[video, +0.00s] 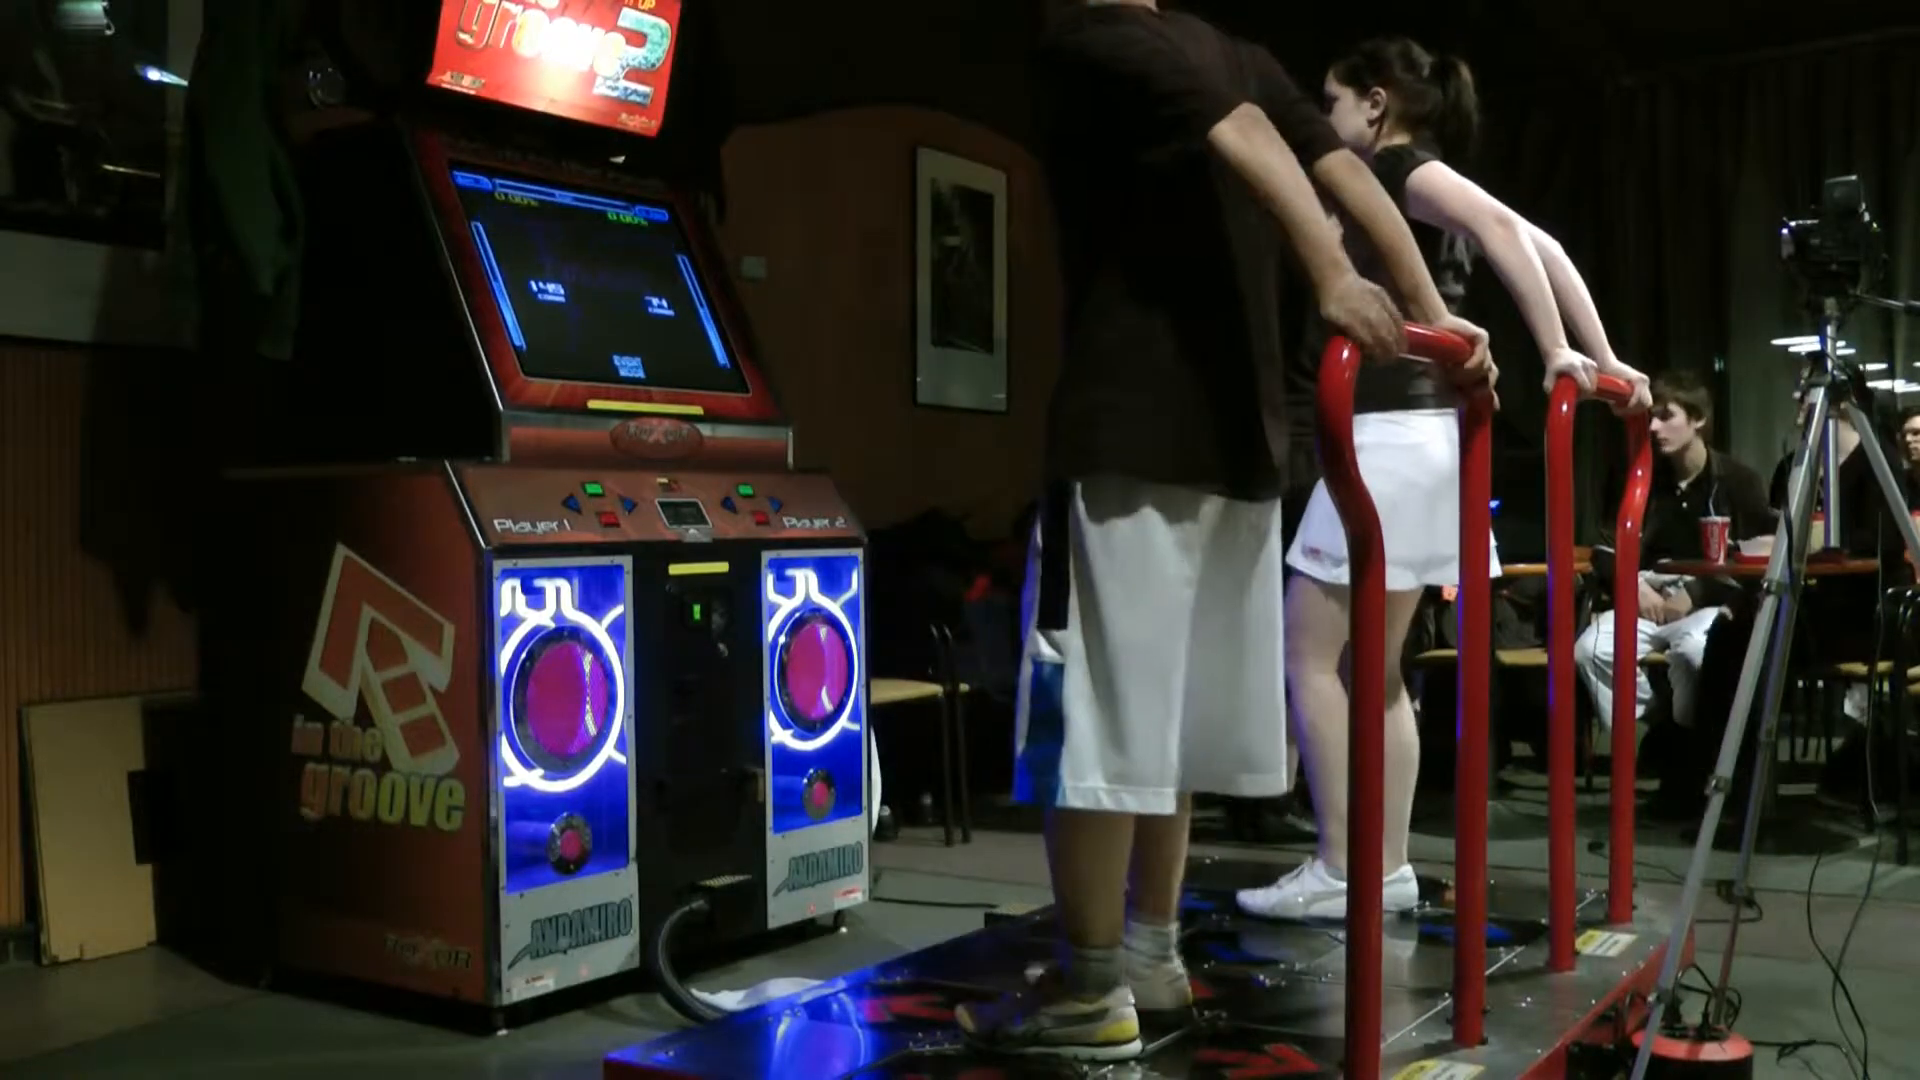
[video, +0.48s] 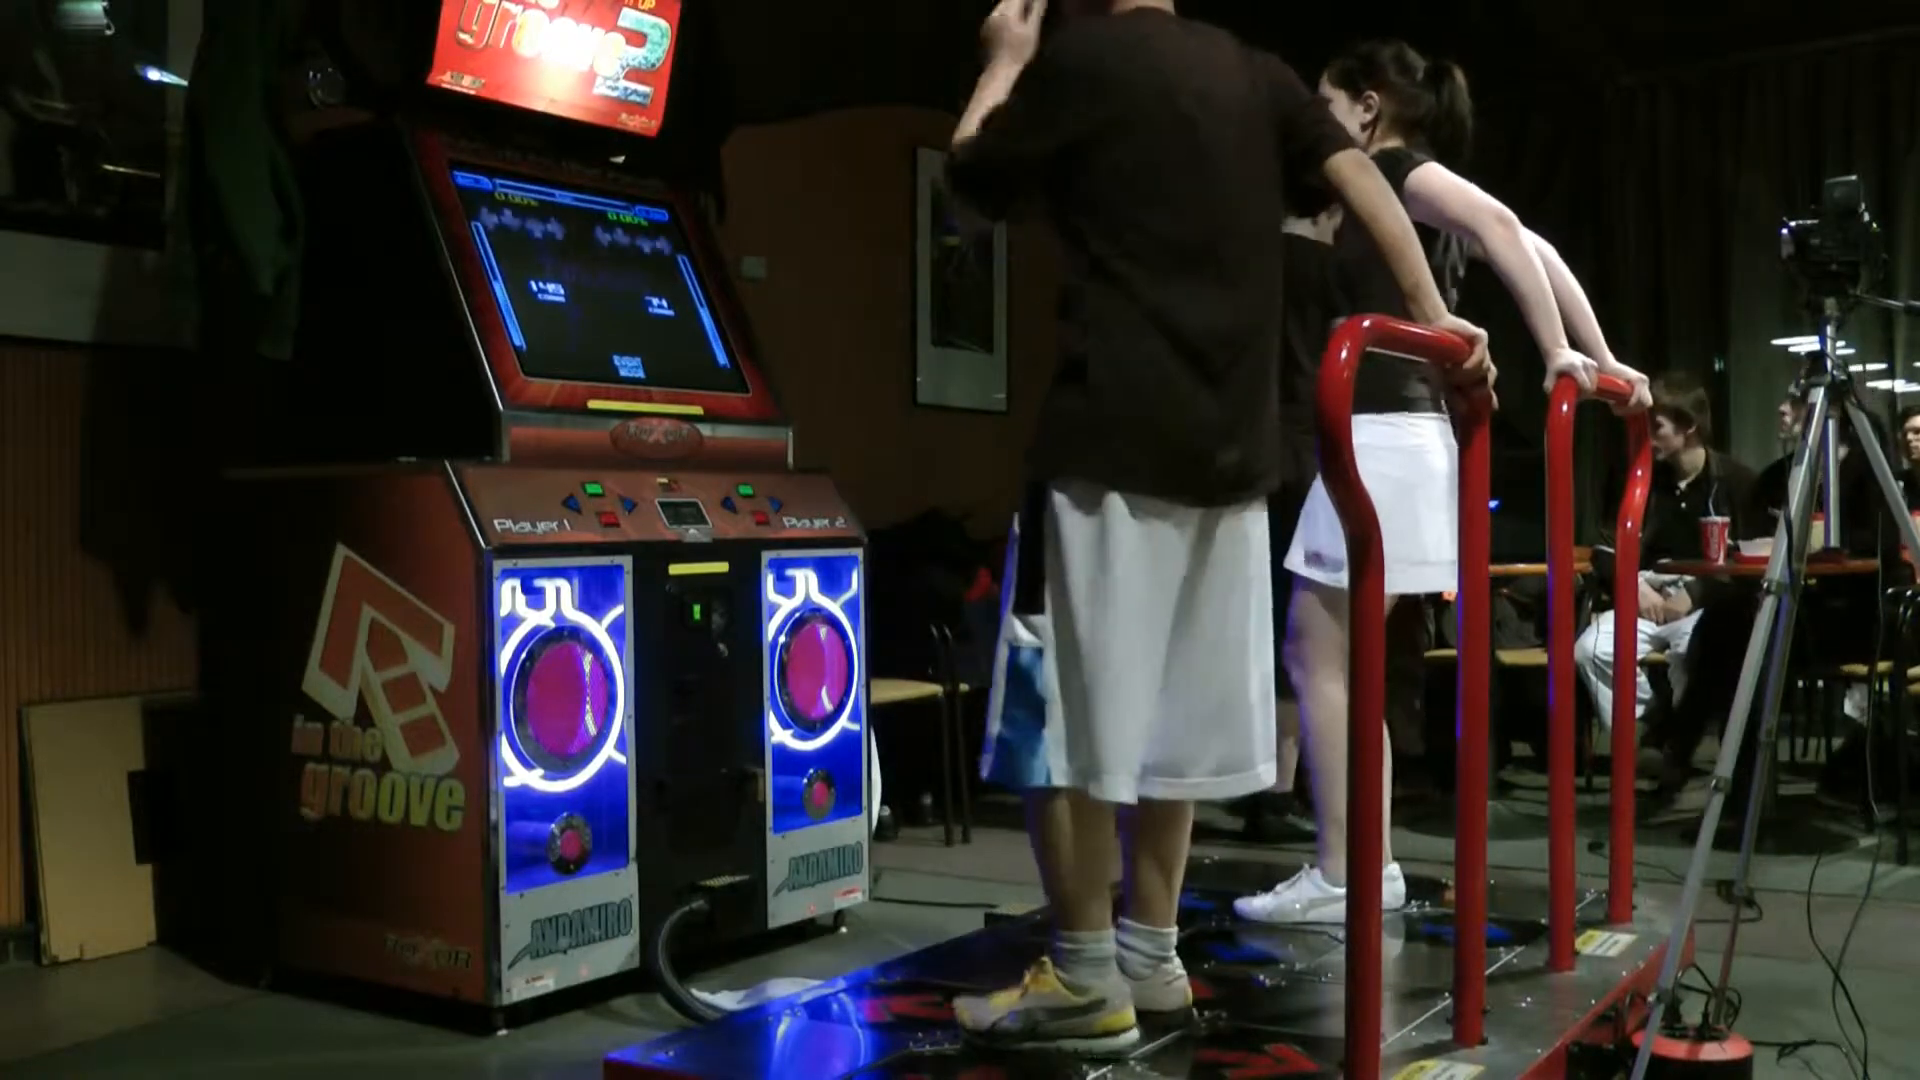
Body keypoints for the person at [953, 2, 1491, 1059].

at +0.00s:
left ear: (1085, 3)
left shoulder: (1085, 33)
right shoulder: (1244, 56)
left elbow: (1230, 120)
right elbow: (1358, 188)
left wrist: (1335, 276)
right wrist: (1435, 320)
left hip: (1136, 416)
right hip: (1244, 424)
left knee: (1108, 705)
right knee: (1175, 704)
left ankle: (1094, 991)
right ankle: (1154, 960)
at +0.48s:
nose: (1044, 13)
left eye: (1053, 10)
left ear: (1089, 0)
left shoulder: (1078, 60)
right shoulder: (1256, 71)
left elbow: (970, 179)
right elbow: (1365, 185)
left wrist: (1003, 62)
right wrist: (1432, 314)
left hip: (1109, 428)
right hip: (1231, 434)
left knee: (1081, 698)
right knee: (1184, 698)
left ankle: (1085, 977)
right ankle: (1154, 960)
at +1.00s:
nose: (1019, 15)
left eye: (1025, 13)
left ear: (1052, 1)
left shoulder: (1047, 56)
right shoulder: (1230, 61)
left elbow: (938, 194)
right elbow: (1358, 172)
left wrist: (973, 70)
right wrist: (1425, 309)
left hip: (1093, 427)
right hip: (1220, 431)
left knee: (1079, 710)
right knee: (1174, 700)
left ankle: (1087, 993)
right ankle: (1154, 956)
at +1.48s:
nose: (1068, 24)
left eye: (1069, 16)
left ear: (1087, 5)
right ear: (1164, 4)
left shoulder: (1095, 55)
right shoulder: (1245, 75)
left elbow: (1261, 125)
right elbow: (1353, 168)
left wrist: (1324, 264)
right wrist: (1422, 306)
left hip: (1127, 437)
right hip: (1238, 443)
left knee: (1085, 708)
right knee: (1169, 705)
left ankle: (1090, 986)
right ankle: (1152, 963)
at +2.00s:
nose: (1065, 27)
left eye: (1066, 15)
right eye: (1074, 17)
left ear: (1085, 12)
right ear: (1162, 12)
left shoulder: (1106, 75)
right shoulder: (1237, 82)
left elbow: (1280, 102)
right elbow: (1350, 141)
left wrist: (1343, 272)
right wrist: (1418, 299)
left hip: (1139, 455)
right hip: (1253, 463)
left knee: (1045, 719)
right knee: (1152, 715)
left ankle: (1066, 1009)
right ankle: (1174, 966)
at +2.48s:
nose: (1045, 40)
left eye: (1047, 25)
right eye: (1051, 27)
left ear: (1070, 19)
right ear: (1150, 23)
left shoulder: (1106, 91)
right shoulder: (1199, 100)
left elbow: (1291, 106)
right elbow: (1360, 144)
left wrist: (1342, 285)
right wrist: (1426, 317)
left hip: (1136, 476)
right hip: (1212, 482)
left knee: (987, 722)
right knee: (1062, 717)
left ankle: (1057, 1011)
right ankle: (1043, 973)